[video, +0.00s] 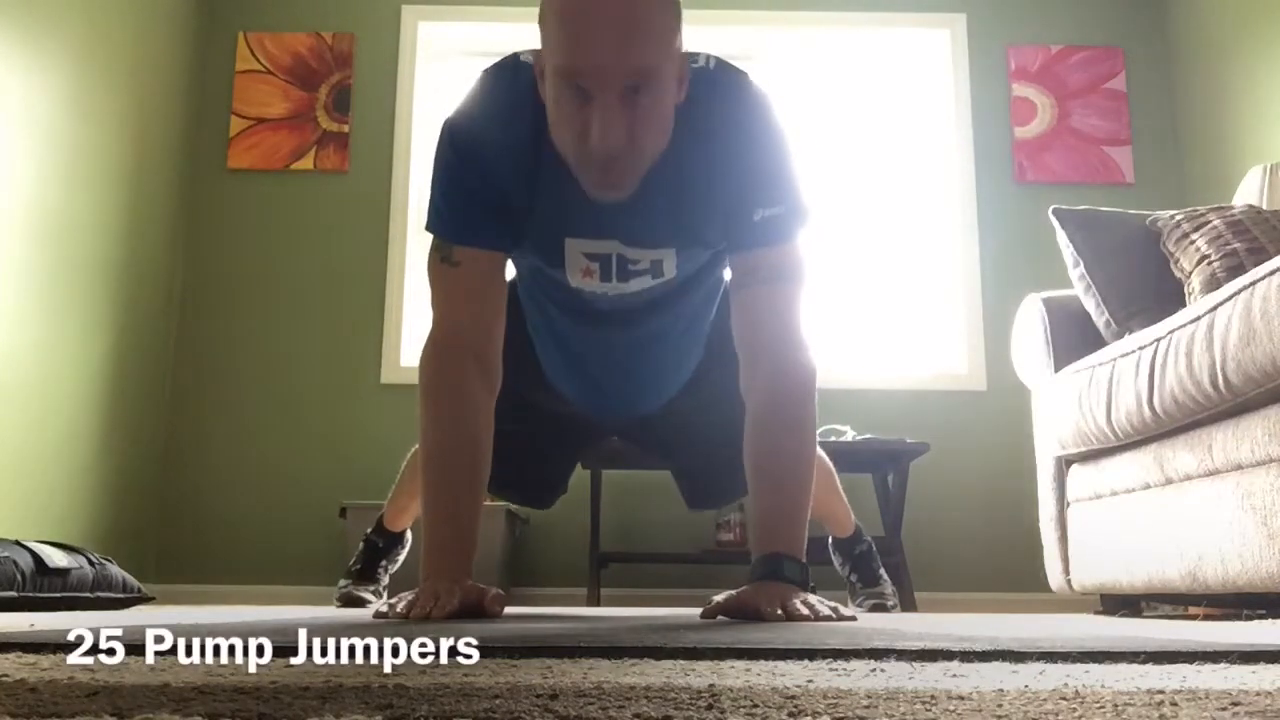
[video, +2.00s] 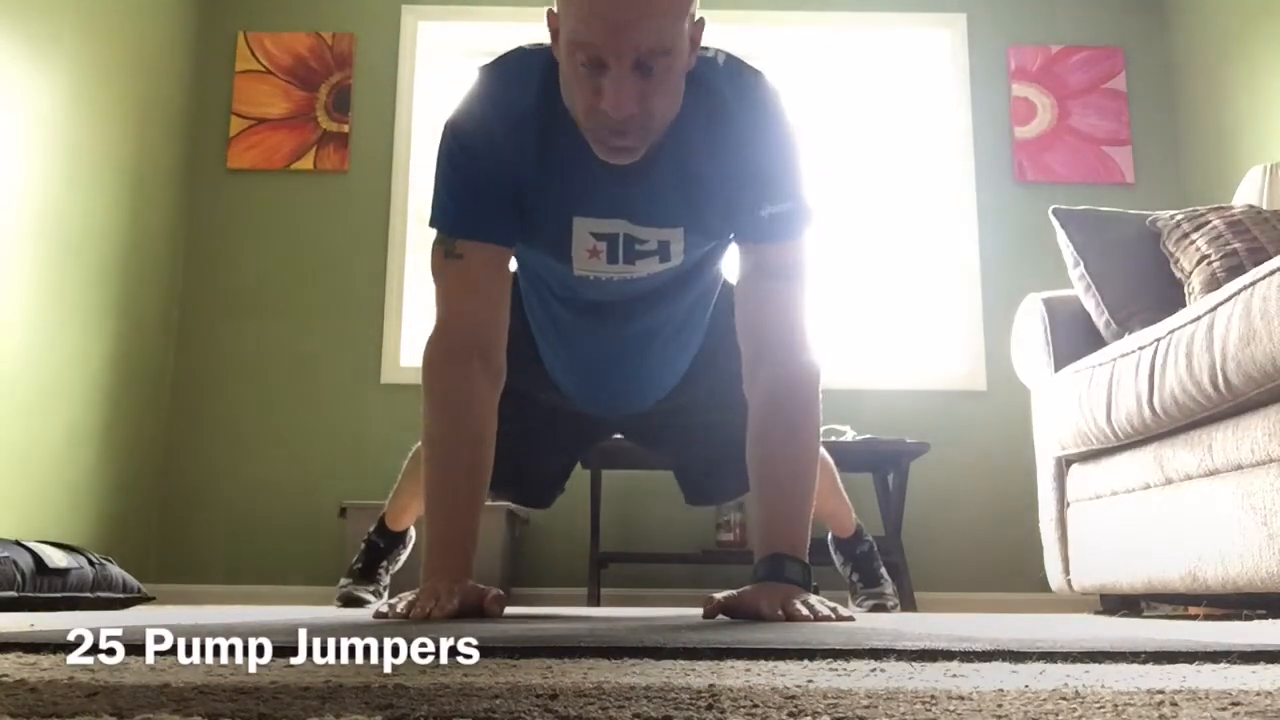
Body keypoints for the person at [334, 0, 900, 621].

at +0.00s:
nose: (604, 132)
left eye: (635, 93)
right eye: (578, 93)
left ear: (678, 73)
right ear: (541, 72)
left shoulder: (734, 118)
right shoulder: (491, 122)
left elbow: (778, 362)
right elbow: (459, 356)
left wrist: (779, 574)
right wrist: (444, 580)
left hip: (692, 349)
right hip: (542, 345)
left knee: (788, 455)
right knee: (449, 446)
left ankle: (858, 554)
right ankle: (382, 550)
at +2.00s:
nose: (618, 101)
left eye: (651, 65)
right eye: (591, 63)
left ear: (694, 42)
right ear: (554, 36)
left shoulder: (743, 110)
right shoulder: (499, 110)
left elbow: (780, 359)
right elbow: (462, 351)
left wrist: (782, 575)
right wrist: (444, 581)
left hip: (690, 336)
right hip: (541, 335)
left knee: (789, 455)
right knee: (450, 450)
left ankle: (856, 550)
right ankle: (384, 543)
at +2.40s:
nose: (624, 197)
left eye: (646, 177)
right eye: (599, 177)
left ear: (696, 83)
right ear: (555, 90)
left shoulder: (747, 113)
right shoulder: (495, 118)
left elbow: (783, 362)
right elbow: (462, 355)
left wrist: (783, 576)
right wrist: (445, 582)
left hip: (693, 328)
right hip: (544, 326)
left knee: (793, 452)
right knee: (451, 449)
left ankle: (860, 547)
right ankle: (386, 545)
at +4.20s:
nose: (622, 194)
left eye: (655, 155)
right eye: (590, 153)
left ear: (696, 123)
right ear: (553, 115)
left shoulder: (754, 168)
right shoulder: (486, 172)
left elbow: (791, 377)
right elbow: (450, 377)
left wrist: (782, 576)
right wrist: (445, 584)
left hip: (701, 379)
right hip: (534, 379)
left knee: (793, 450)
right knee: (442, 447)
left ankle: (861, 549)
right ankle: (379, 552)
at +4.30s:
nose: (623, 235)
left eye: (657, 199)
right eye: (591, 198)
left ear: (700, 179)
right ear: (554, 179)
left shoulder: (761, 233)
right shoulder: (479, 234)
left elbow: (797, 402)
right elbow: (440, 408)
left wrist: (779, 573)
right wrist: (447, 582)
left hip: (704, 420)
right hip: (532, 419)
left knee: (801, 469)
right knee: (435, 462)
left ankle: (859, 540)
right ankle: (380, 532)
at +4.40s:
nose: (627, 322)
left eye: (661, 282)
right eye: (593, 279)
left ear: (709, 268)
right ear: (551, 266)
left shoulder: (768, 306)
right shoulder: (471, 306)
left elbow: (804, 434)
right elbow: (435, 431)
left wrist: (781, 575)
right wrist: (445, 587)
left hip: (708, 465)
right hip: (530, 466)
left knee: (800, 482)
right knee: (437, 477)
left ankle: (859, 540)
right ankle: (374, 533)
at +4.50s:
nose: (627, 410)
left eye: (659, 369)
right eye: (596, 369)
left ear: (713, 344)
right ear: (547, 342)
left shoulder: (789, 369)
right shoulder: (462, 360)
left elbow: (825, 427)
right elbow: (418, 432)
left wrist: (781, 572)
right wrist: (448, 578)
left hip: (714, 530)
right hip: (525, 529)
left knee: (830, 521)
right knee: (417, 516)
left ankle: (860, 544)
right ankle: (369, 534)